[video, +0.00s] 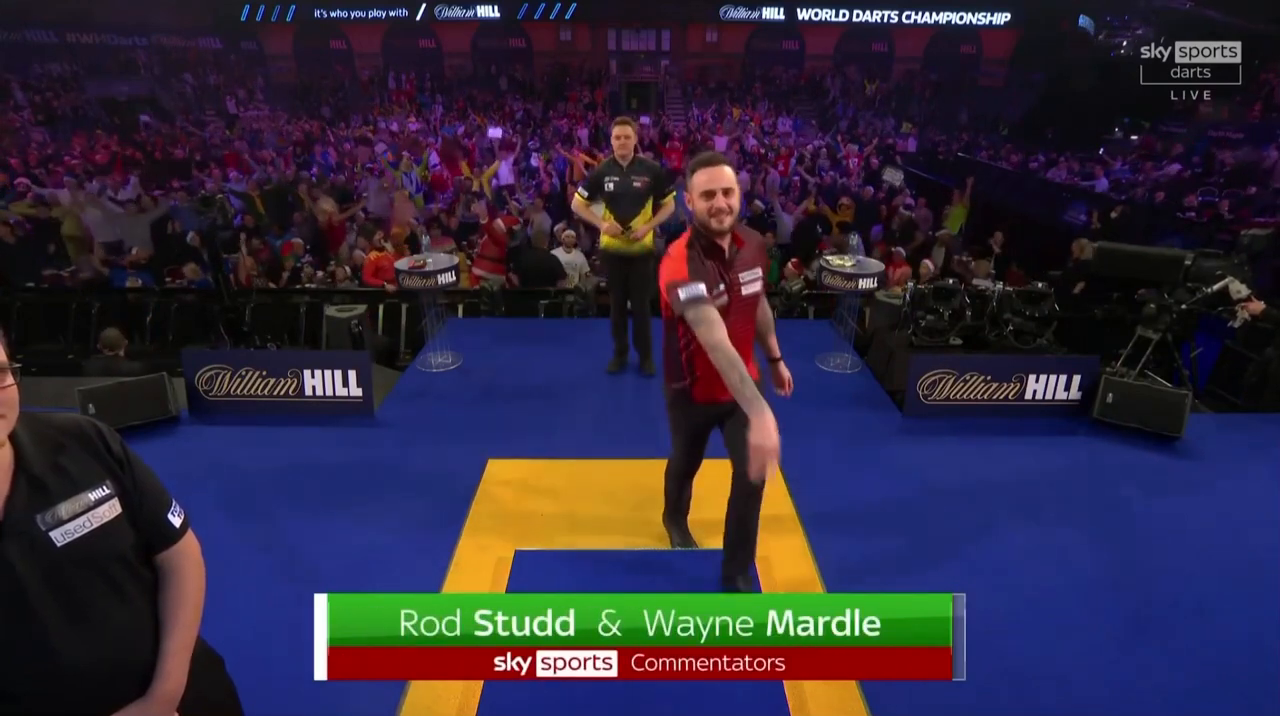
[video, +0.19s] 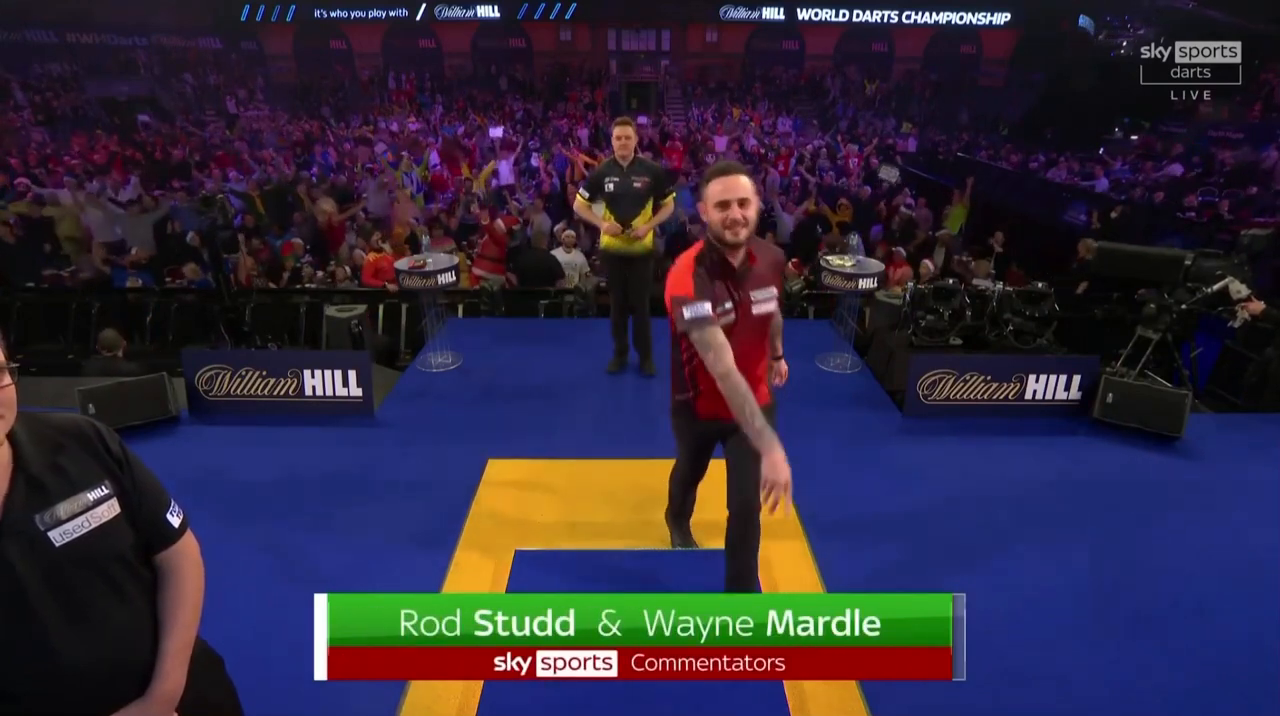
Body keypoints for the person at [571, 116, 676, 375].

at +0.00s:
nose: (621, 143)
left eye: (626, 138)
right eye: (617, 138)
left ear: (635, 140)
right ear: (611, 141)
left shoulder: (653, 171)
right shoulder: (602, 172)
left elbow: (669, 204)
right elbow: (577, 203)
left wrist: (648, 225)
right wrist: (602, 223)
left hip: (642, 250)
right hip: (613, 251)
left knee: (642, 307)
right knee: (617, 307)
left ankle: (645, 357)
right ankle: (619, 355)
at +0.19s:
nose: (622, 143)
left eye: (627, 138)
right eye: (618, 138)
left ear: (636, 140)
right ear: (612, 141)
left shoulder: (654, 172)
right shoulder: (601, 173)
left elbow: (669, 205)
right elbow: (579, 205)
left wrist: (649, 225)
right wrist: (602, 223)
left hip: (642, 250)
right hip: (613, 251)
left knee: (641, 307)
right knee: (617, 306)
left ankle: (645, 357)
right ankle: (619, 355)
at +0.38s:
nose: (622, 144)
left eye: (627, 139)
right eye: (618, 139)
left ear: (635, 140)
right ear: (611, 142)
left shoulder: (652, 172)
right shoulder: (600, 173)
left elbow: (664, 205)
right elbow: (584, 206)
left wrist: (647, 223)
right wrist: (602, 222)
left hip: (640, 250)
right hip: (612, 250)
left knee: (640, 307)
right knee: (616, 306)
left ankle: (645, 357)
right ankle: (619, 355)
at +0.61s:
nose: (619, 147)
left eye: (624, 142)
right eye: (614, 142)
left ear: (632, 143)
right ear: (608, 145)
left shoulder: (649, 173)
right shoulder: (598, 174)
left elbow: (661, 207)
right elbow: (581, 208)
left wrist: (644, 225)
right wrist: (598, 224)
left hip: (638, 251)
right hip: (609, 252)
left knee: (640, 306)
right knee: (615, 307)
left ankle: (642, 354)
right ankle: (619, 354)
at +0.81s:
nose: (619, 150)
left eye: (623, 145)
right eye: (614, 145)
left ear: (631, 146)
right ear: (607, 147)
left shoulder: (647, 175)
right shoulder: (596, 176)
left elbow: (660, 208)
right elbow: (579, 210)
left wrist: (644, 227)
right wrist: (597, 228)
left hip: (637, 252)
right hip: (607, 253)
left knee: (636, 306)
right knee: (614, 307)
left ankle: (635, 354)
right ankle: (619, 353)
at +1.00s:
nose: (622, 157)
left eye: (627, 151)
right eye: (617, 151)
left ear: (635, 153)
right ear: (610, 153)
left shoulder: (650, 181)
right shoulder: (597, 182)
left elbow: (661, 213)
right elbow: (580, 217)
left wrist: (646, 235)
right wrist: (601, 236)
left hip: (638, 257)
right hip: (609, 257)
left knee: (637, 310)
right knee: (614, 310)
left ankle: (636, 358)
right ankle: (619, 354)